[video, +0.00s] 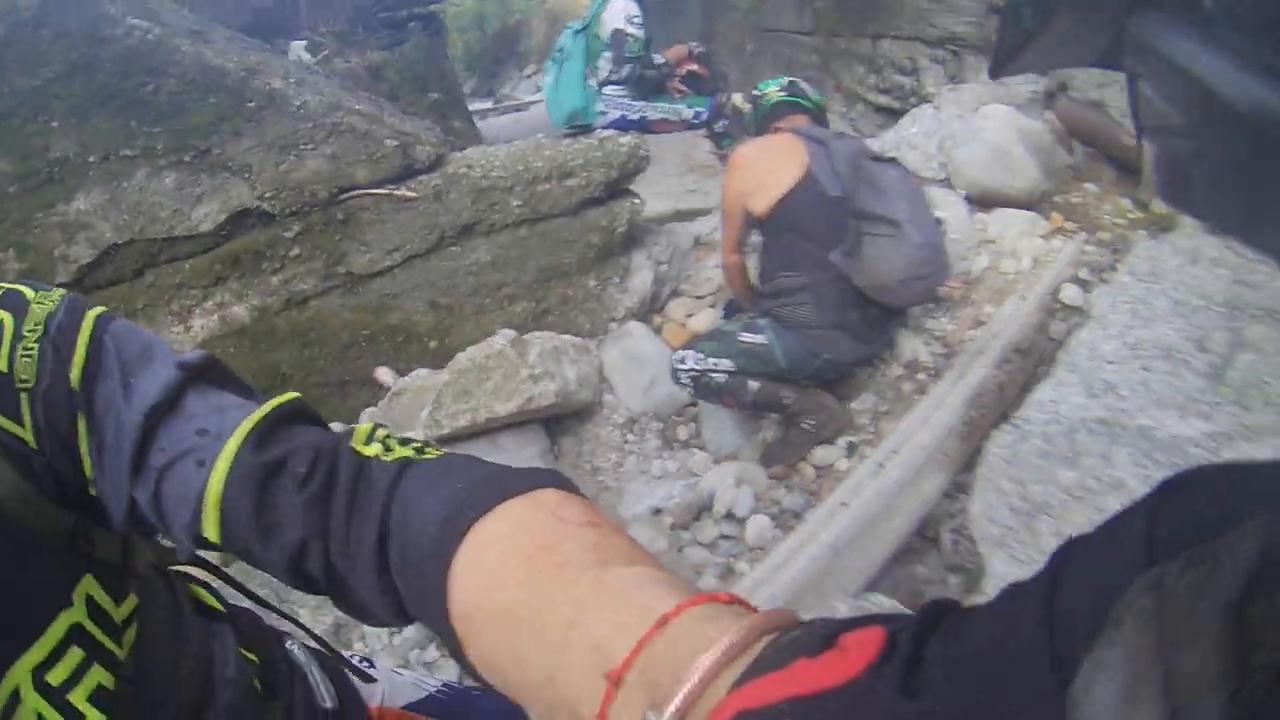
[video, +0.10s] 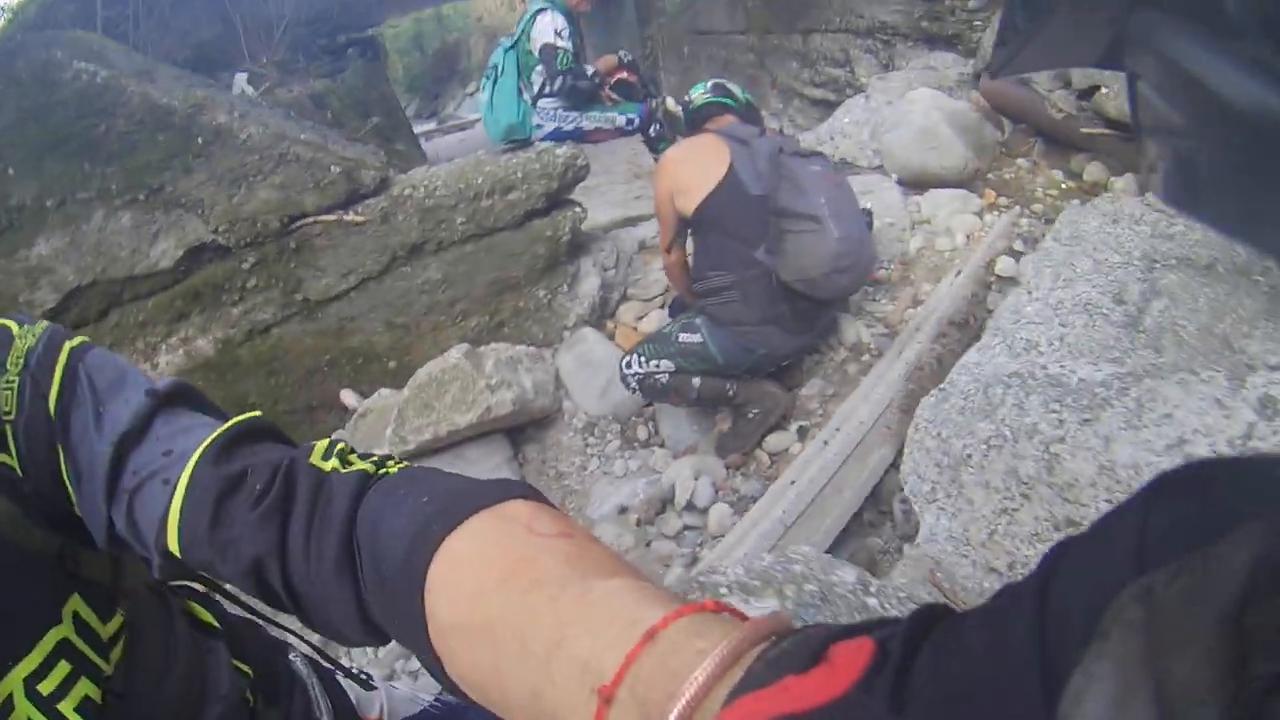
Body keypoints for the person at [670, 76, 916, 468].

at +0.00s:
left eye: (750, 121)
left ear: (763, 122)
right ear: (817, 117)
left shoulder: (750, 157)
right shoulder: (848, 149)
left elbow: (730, 259)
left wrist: (755, 309)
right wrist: (927, 280)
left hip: (820, 336)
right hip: (878, 320)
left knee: (687, 364)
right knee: (736, 312)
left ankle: (813, 414)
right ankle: (832, 377)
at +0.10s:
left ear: (690, 124)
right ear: (750, 117)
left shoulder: (677, 160)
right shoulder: (778, 144)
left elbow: (673, 256)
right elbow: (822, 221)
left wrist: (696, 305)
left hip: (752, 329)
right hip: (815, 307)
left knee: (637, 368)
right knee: (682, 309)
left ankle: (755, 398)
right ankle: (781, 365)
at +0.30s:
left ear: (739, 167)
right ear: (796, 161)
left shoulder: (720, 202)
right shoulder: (822, 187)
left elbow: (718, 290)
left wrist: (737, 333)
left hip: (787, 369)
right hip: (856, 351)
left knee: (685, 400)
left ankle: (785, 423)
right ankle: (831, 395)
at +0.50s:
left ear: (785, 208)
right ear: (841, 194)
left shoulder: (767, 244)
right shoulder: (883, 222)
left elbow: (777, 336)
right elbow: (943, 277)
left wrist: (809, 368)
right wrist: (942, 340)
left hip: (837, 407)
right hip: (905, 383)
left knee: (749, 443)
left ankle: (847, 453)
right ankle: (893, 422)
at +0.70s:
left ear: (775, 285)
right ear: (837, 274)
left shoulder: (759, 331)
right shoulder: (878, 300)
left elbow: (775, 420)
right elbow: (942, 353)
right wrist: (945, 426)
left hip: (828, 493)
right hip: (897, 471)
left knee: (749, 525)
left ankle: (840, 542)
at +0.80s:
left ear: (744, 322)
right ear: (804, 302)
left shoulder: (737, 369)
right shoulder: (850, 332)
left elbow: (763, 451)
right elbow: (911, 389)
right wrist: (932, 449)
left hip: (826, 520)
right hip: (891, 492)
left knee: (751, 557)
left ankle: (842, 564)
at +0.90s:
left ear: (732, 270)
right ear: (793, 250)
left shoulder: (721, 316)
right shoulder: (834, 277)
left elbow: (745, 399)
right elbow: (893, 341)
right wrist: (911, 407)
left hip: (807, 470)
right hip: (874, 443)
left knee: (733, 506)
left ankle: (818, 513)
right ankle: (872, 483)